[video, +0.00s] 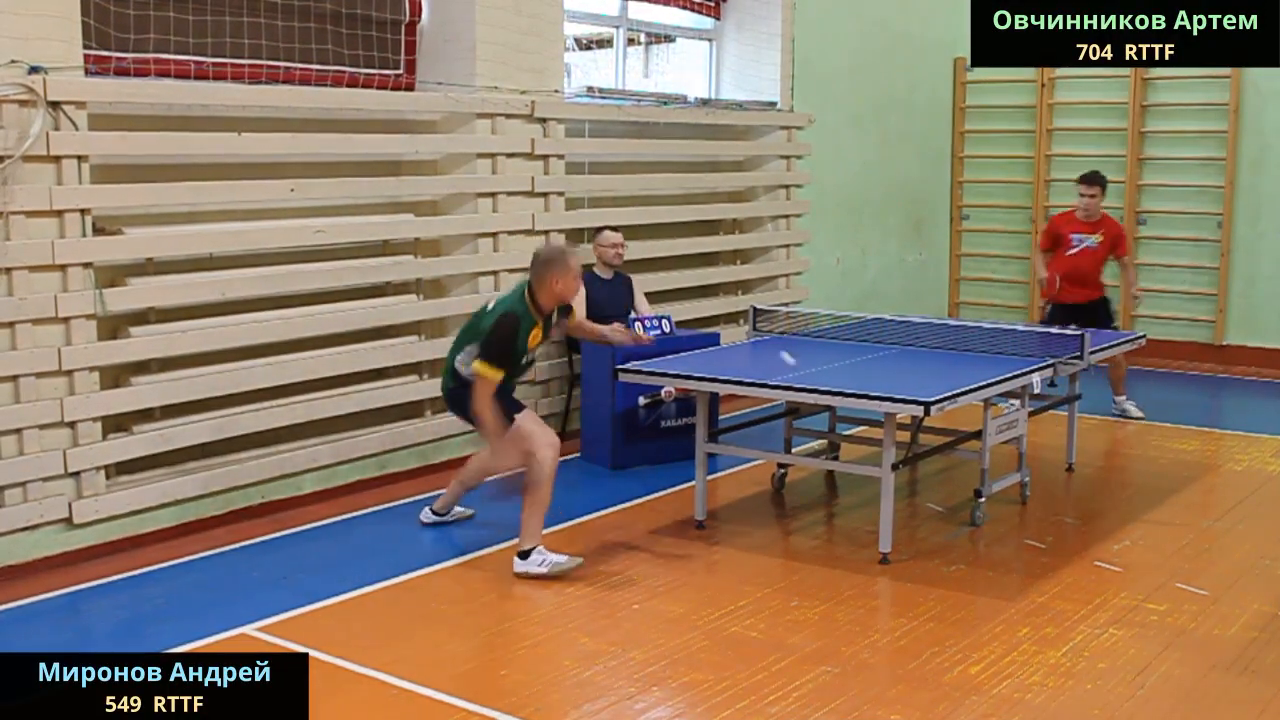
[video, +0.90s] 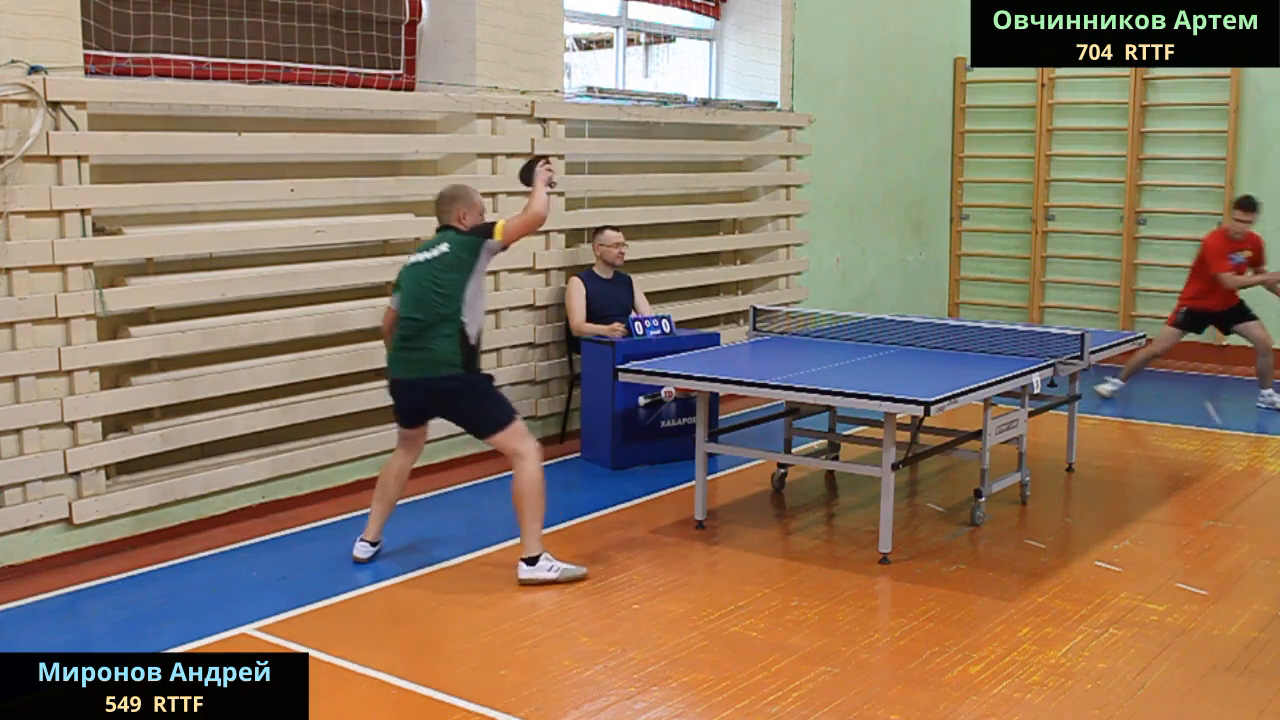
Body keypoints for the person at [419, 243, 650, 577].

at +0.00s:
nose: (580, 282)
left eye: (579, 275)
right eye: (576, 276)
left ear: (555, 282)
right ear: (556, 283)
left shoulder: (553, 302)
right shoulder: (512, 320)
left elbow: (571, 326)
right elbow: (481, 394)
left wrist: (609, 334)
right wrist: (499, 446)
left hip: (491, 383)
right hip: (466, 390)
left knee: (508, 450)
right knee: (546, 445)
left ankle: (441, 507)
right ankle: (529, 551)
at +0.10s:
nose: (579, 305)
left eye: (578, 298)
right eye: (573, 300)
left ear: (553, 305)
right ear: (550, 306)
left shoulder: (558, 321)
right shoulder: (503, 339)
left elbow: (591, 331)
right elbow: (457, 402)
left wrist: (630, 342)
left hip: (503, 396)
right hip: (474, 401)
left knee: (517, 463)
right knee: (549, 445)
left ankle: (443, 509)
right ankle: (533, 553)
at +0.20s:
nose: (573, 311)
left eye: (571, 304)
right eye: (566, 305)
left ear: (542, 311)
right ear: (540, 312)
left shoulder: (558, 325)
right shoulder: (495, 346)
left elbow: (582, 321)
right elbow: (454, 410)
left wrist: (623, 325)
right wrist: (427, 462)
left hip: (518, 404)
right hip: (484, 409)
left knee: (525, 470)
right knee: (557, 448)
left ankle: (447, 508)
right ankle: (535, 554)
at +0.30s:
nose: (562, 294)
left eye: (561, 286)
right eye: (554, 287)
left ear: (529, 293)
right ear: (528, 293)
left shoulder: (533, 318)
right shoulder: (509, 336)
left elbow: (552, 336)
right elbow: (499, 415)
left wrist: (587, 332)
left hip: (503, 407)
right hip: (482, 417)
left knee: (535, 458)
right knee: (570, 453)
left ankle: (463, 512)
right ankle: (537, 552)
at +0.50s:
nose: (546, 242)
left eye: (542, 239)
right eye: (540, 238)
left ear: (503, 256)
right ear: (532, 250)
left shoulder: (489, 294)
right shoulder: (525, 285)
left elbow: (457, 338)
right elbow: (564, 218)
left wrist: (434, 362)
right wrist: (547, 196)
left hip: (458, 411)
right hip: (492, 415)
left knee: (485, 445)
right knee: (585, 458)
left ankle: (455, 507)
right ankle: (539, 552)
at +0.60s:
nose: (525, 228)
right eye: (520, 224)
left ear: (483, 236)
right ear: (515, 233)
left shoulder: (463, 282)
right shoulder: (508, 255)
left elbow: (421, 333)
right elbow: (546, 188)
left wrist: (395, 379)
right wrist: (516, 198)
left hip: (449, 391)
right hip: (491, 391)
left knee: (461, 436)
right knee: (580, 455)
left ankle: (423, 514)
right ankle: (538, 553)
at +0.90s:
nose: (487, 217)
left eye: (484, 212)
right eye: (481, 212)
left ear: (444, 219)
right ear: (462, 217)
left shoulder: (418, 256)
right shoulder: (473, 241)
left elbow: (389, 323)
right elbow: (535, 217)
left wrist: (402, 361)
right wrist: (540, 180)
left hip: (404, 378)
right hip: (452, 376)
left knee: (407, 447)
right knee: (526, 450)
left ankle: (367, 541)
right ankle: (533, 556)